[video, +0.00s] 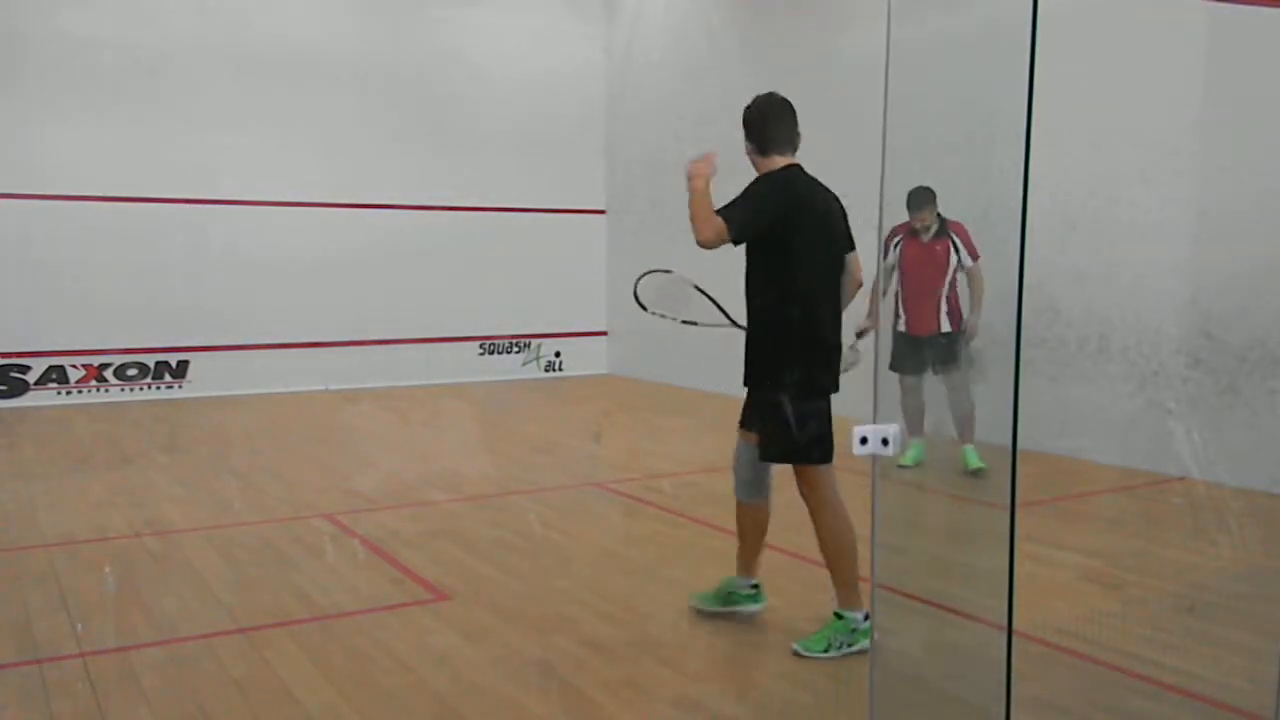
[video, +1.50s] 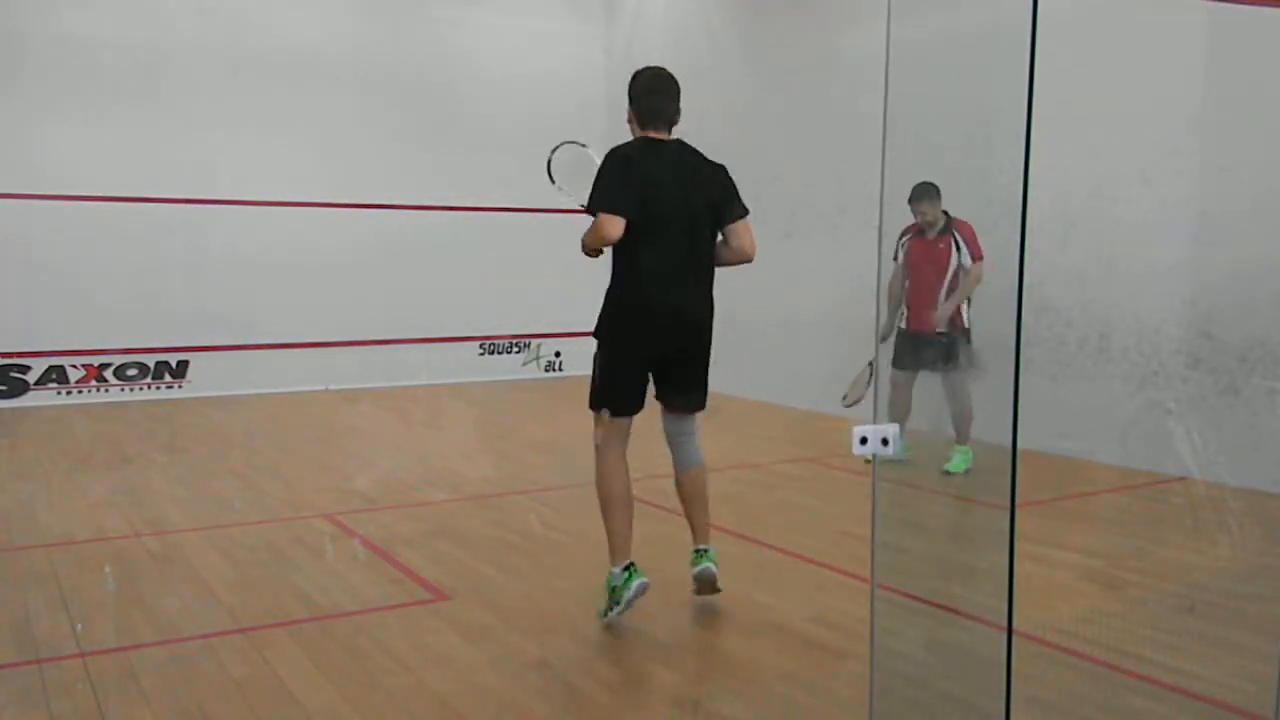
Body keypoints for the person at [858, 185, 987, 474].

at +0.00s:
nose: (919, 226)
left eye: (924, 221)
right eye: (914, 221)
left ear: (936, 211)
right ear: (908, 215)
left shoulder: (954, 233)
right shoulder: (897, 237)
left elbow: (975, 276)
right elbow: (882, 277)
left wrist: (974, 318)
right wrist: (872, 316)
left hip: (946, 329)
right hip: (908, 329)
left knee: (956, 385)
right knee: (909, 386)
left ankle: (968, 446)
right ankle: (914, 443)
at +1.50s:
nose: (922, 220)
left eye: (927, 214)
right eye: (917, 215)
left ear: (940, 207)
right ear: (912, 212)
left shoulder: (960, 232)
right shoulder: (908, 237)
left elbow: (974, 273)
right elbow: (898, 279)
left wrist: (949, 306)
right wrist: (889, 320)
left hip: (948, 330)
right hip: (912, 328)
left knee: (955, 386)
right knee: (899, 382)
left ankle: (962, 448)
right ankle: (895, 442)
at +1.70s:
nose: (914, 207)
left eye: (919, 202)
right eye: (909, 203)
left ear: (929, 202)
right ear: (902, 206)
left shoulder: (943, 231)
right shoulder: (892, 236)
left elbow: (951, 273)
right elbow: (886, 279)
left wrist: (908, 290)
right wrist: (881, 319)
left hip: (933, 328)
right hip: (897, 327)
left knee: (945, 384)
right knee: (892, 382)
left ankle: (960, 447)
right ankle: (894, 443)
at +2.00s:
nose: (900, 203)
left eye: (905, 198)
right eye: (895, 198)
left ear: (913, 200)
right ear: (887, 201)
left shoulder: (924, 233)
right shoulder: (876, 233)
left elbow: (932, 279)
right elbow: (865, 274)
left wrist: (932, 320)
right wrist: (856, 308)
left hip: (909, 324)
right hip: (879, 324)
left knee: (914, 379)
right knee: (886, 382)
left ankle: (945, 440)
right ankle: (890, 443)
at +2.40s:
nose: (893, 202)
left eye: (898, 197)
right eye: (888, 197)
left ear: (906, 201)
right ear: (880, 199)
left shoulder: (918, 233)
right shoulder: (866, 233)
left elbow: (935, 273)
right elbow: (856, 267)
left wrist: (943, 315)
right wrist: (847, 281)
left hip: (902, 322)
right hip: (870, 322)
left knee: (901, 376)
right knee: (881, 381)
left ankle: (919, 441)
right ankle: (885, 442)